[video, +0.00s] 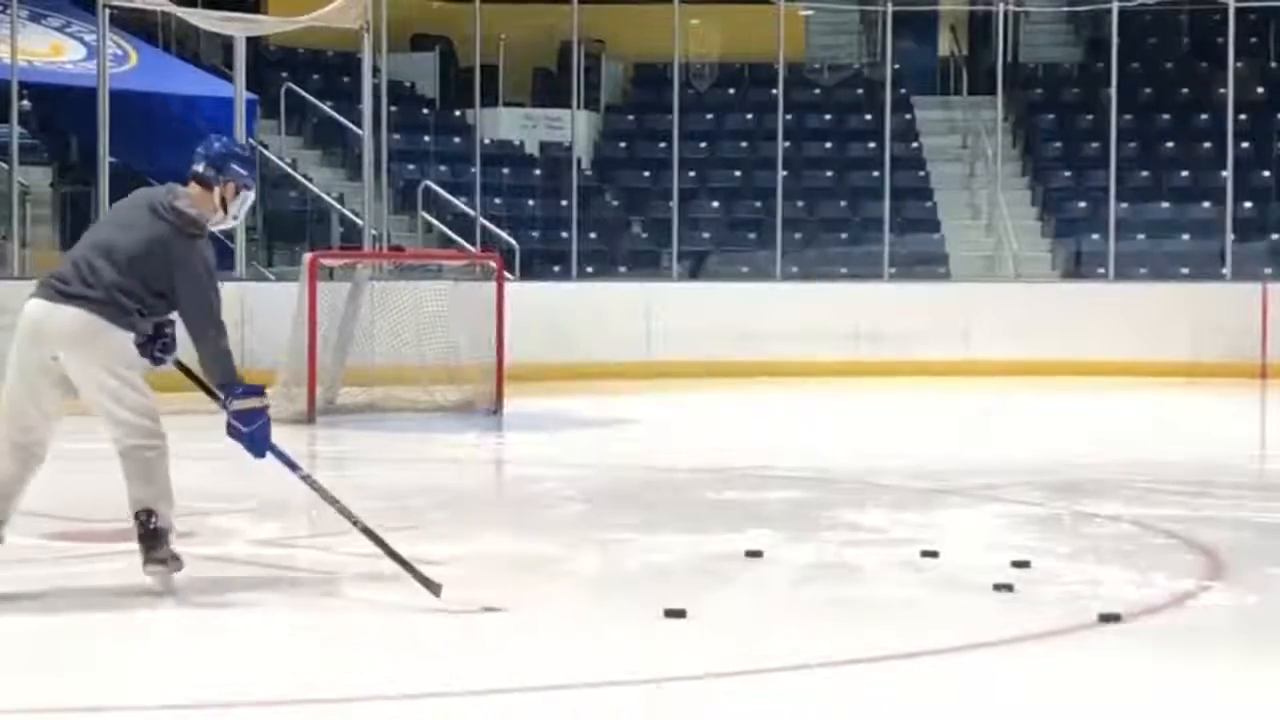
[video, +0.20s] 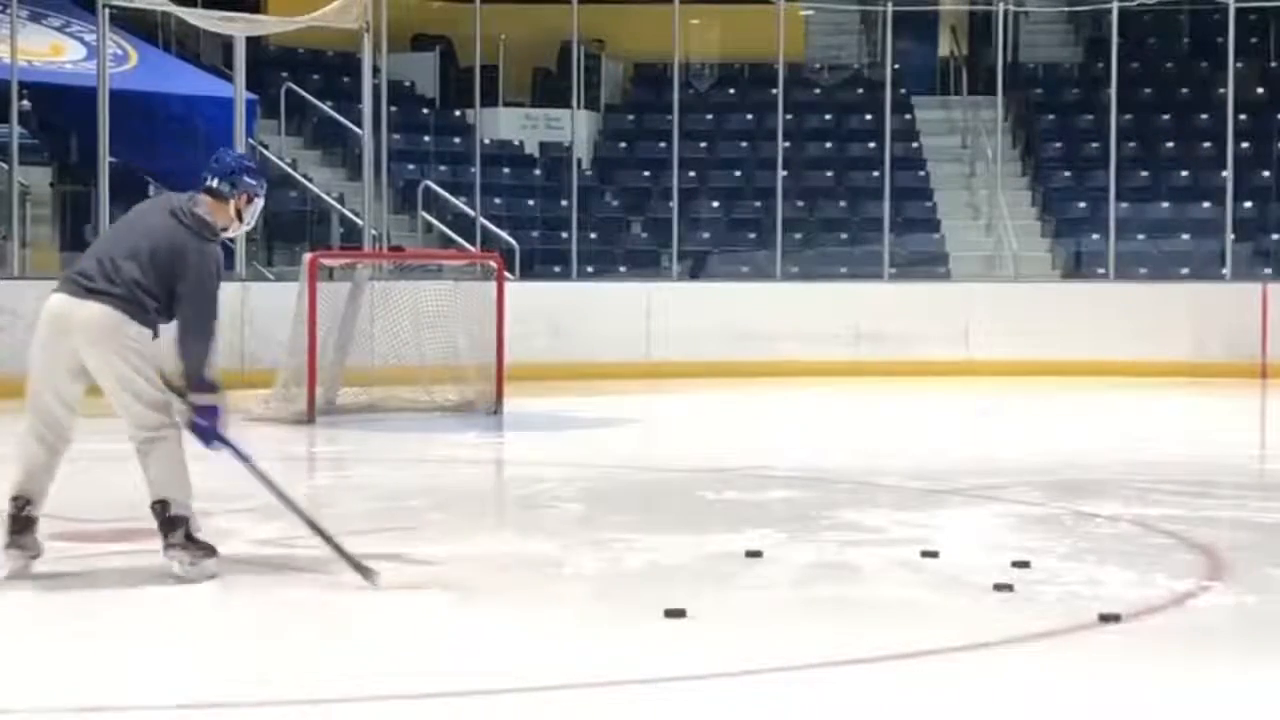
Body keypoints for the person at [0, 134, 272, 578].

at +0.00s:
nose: (239, 208)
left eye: (243, 197)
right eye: (239, 194)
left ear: (195, 177)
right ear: (221, 186)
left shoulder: (142, 199)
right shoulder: (190, 243)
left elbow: (116, 261)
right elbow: (208, 331)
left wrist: (150, 322)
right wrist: (236, 396)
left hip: (39, 312)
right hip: (94, 326)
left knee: (19, 442)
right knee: (138, 433)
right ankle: (154, 538)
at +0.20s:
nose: (250, 216)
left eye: (253, 205)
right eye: (251, 204)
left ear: (209, 186)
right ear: (239, 200)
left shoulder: (162, 204)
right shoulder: (202, 249)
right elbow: (195, 329)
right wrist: (203, 392)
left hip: (60, 306)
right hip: (114, 321)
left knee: (46, 424)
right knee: (155, 428)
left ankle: (20, 520)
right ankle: (177, 535)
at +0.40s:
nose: (252, 224)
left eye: (255, 215)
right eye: (254, 214)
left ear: (213, 196)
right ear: (242, 210)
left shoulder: (168, 206)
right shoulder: (231, 253)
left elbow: (103, 220)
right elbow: (200, 313)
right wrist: (194, 344)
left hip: (97, 323)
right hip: (144, 338)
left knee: (103, 422)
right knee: (136, 432)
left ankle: (96, 501)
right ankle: (115, 498)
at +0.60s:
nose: (280, 215)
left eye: (280, 206)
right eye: (279, 206)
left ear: (240, 196)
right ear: (268, 206)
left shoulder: (195, 218)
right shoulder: (269, 253)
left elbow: (137, 246)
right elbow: (240, 296)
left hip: (147, 330)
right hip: (189, 347)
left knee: (186, 422)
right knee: (166, 450)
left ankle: (151, 500)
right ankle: (97, 500)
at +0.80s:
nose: (317, 186)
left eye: (312, 177)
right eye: (317, 178)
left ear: (281, 171)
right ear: (315, 180)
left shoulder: (245, 206)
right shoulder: (316, 226)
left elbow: (207, 258)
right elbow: (318, 296)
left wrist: (230, 294)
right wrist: (322, 352)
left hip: (218, 318)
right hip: (259, 331)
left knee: (228, 417)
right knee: (256, 430)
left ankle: (211, 493)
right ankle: (193, 483)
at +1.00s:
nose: (395, 178)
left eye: (394, 170)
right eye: (394, 170)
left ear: (356, 164)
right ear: (386, 171)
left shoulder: (326, 199)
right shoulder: (376, 214)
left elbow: (314, 253)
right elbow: (383, 282)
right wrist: (413, 314)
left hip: (300, 314)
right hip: (337, 327)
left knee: (308, 408)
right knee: (368, 410)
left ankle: (295, 486)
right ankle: (306, 467)